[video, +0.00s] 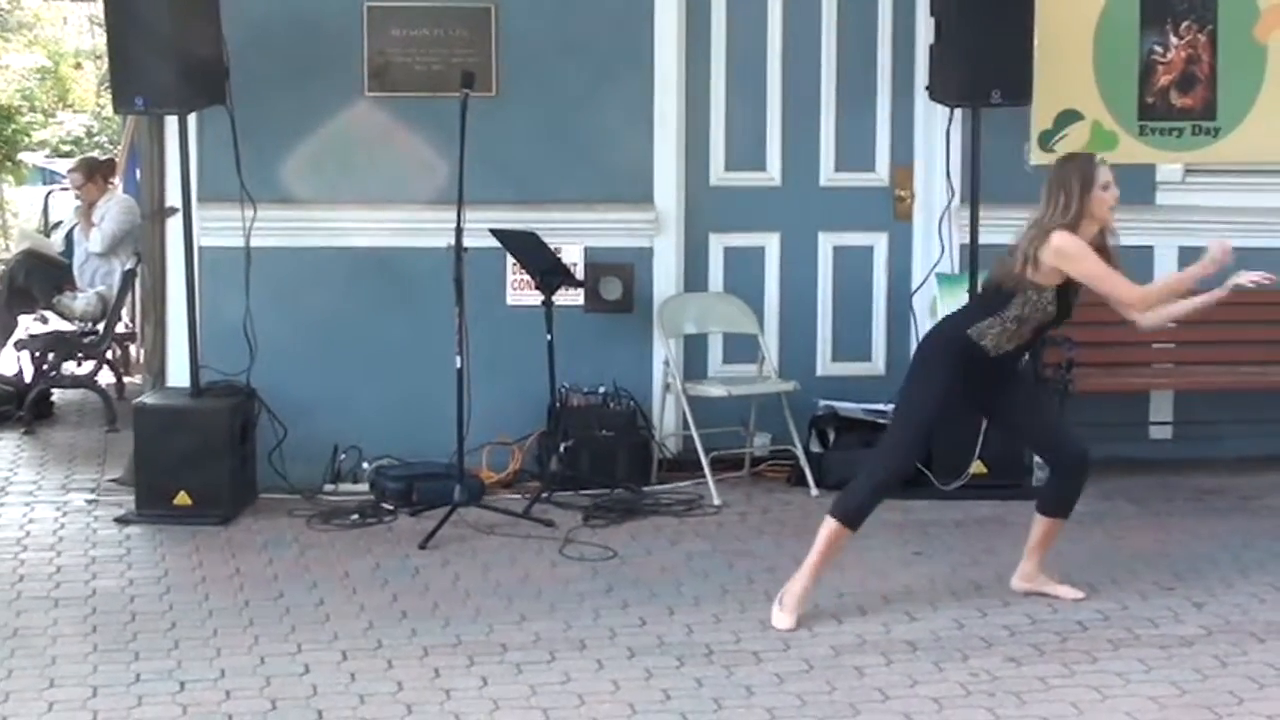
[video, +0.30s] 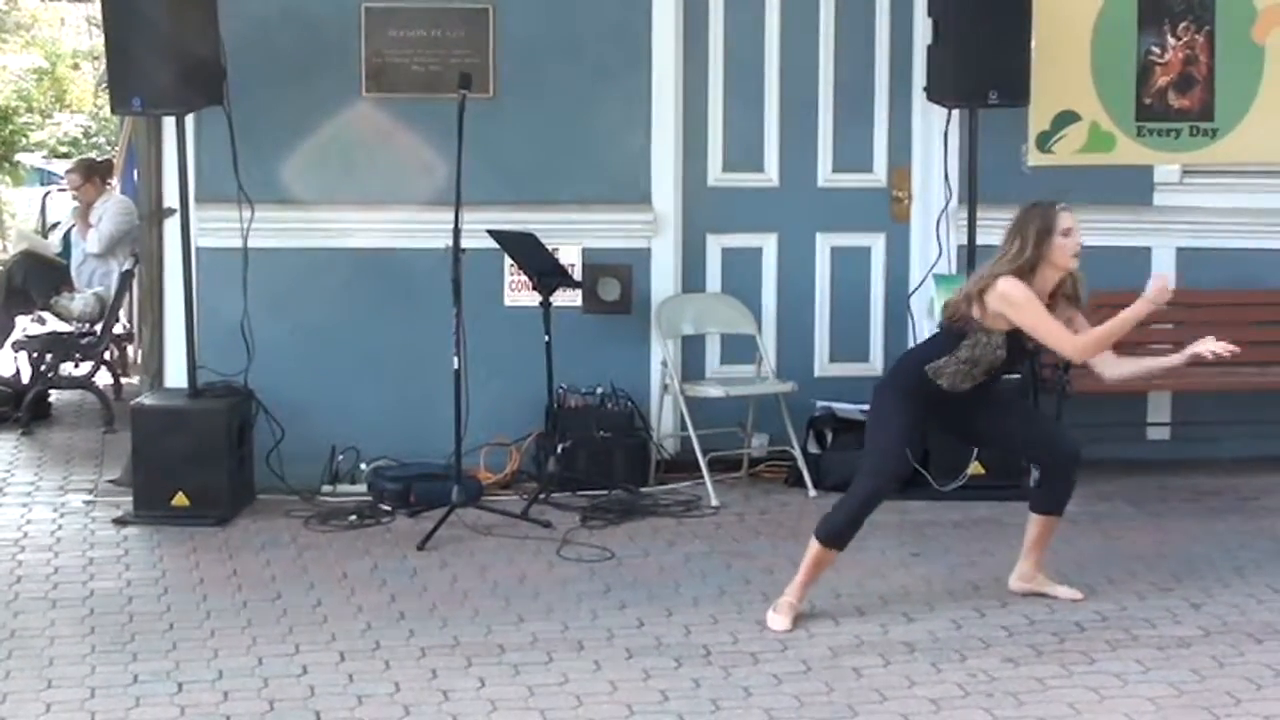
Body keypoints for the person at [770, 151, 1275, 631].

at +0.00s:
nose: (1116, 197)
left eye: (1115, 187)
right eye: (1107, 188)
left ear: (1087, 198)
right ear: (1079, 196)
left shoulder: (1086, 252)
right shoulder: (1058, 242)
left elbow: (1149, 319)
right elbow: (1135, 302)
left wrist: (1224, 292)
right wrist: (1203, 270)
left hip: (1000, 370)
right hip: (953, 356)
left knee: (1071, 457)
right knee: (894, 463)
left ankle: (1030, 572)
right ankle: (801, 584)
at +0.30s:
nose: (1078, 243)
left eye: (1077, 234)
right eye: (1068, 234)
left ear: (1062, 245)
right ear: (1039, 242)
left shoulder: (1061, 304)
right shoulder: (1006, 289)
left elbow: (1113, 371)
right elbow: (1077, 347)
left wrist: (1183, 356)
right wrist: (1145, 306)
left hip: (969, 398)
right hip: (911, 390)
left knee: (1061, 453)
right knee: (876, 482)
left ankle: (1029, 570)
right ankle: (794, 594)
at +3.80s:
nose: (914, 268)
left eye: (925, 257)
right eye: (905, 255)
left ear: (944, 246)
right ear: (890, 244)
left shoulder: (961, 263)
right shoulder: (861, 271)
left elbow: (967, 309)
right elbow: (810, 324)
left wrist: (963, 369)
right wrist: (844, 378)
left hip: (920, 382)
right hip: (856, 381)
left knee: (932, 510)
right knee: (877, 507)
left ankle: (916, 636)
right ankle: (861, 640)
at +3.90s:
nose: (915, 267)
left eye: (926, 257)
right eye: (906, 255)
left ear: (947, 245)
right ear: (892, 243)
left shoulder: (963, 258)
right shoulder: (863, 265)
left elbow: (966, 296)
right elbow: (817, 303)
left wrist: (961, 354)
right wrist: (845, 362)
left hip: (922, 380)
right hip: (860, 379)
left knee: (934, 511)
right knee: (880, 508)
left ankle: (915, 637)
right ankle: (861, 639)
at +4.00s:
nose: (909, 260)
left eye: (921, 251)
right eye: (901, 248)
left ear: (946, 240)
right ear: (890, 236)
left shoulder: (965, 251)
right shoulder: (865, 256)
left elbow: (967, 289)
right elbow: (828, 285)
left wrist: (965, 346)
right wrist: (848, 353)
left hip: (930, 383)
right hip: (865, 381)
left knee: (935, 510)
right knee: (884, 506)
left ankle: (913, 638)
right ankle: (859, 637)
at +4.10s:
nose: (887, 240)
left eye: (898, 232)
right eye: (882, 228)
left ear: (931, 226)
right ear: (877, 219)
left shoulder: (965, 244)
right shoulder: (864, 242)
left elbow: (969, 283)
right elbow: (844, 273)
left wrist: (970, 339)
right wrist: (843, 335)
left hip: (936, 383)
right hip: (867, 379)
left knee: (935, 511)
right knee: (880, 503)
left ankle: (913, 637)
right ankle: (852, 626)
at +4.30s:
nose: (846, 177)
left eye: (853, 168)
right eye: (846, 167)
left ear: (885, 174)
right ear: (881, 174)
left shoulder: (951, 218)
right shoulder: (867, 216)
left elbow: (992, 257)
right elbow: (872, 272)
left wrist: (979, 332)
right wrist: (837, 311)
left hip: (930, 373)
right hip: (867, 366)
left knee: (919, 512)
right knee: (828, 497)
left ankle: (912, 638)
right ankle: (820, 585)